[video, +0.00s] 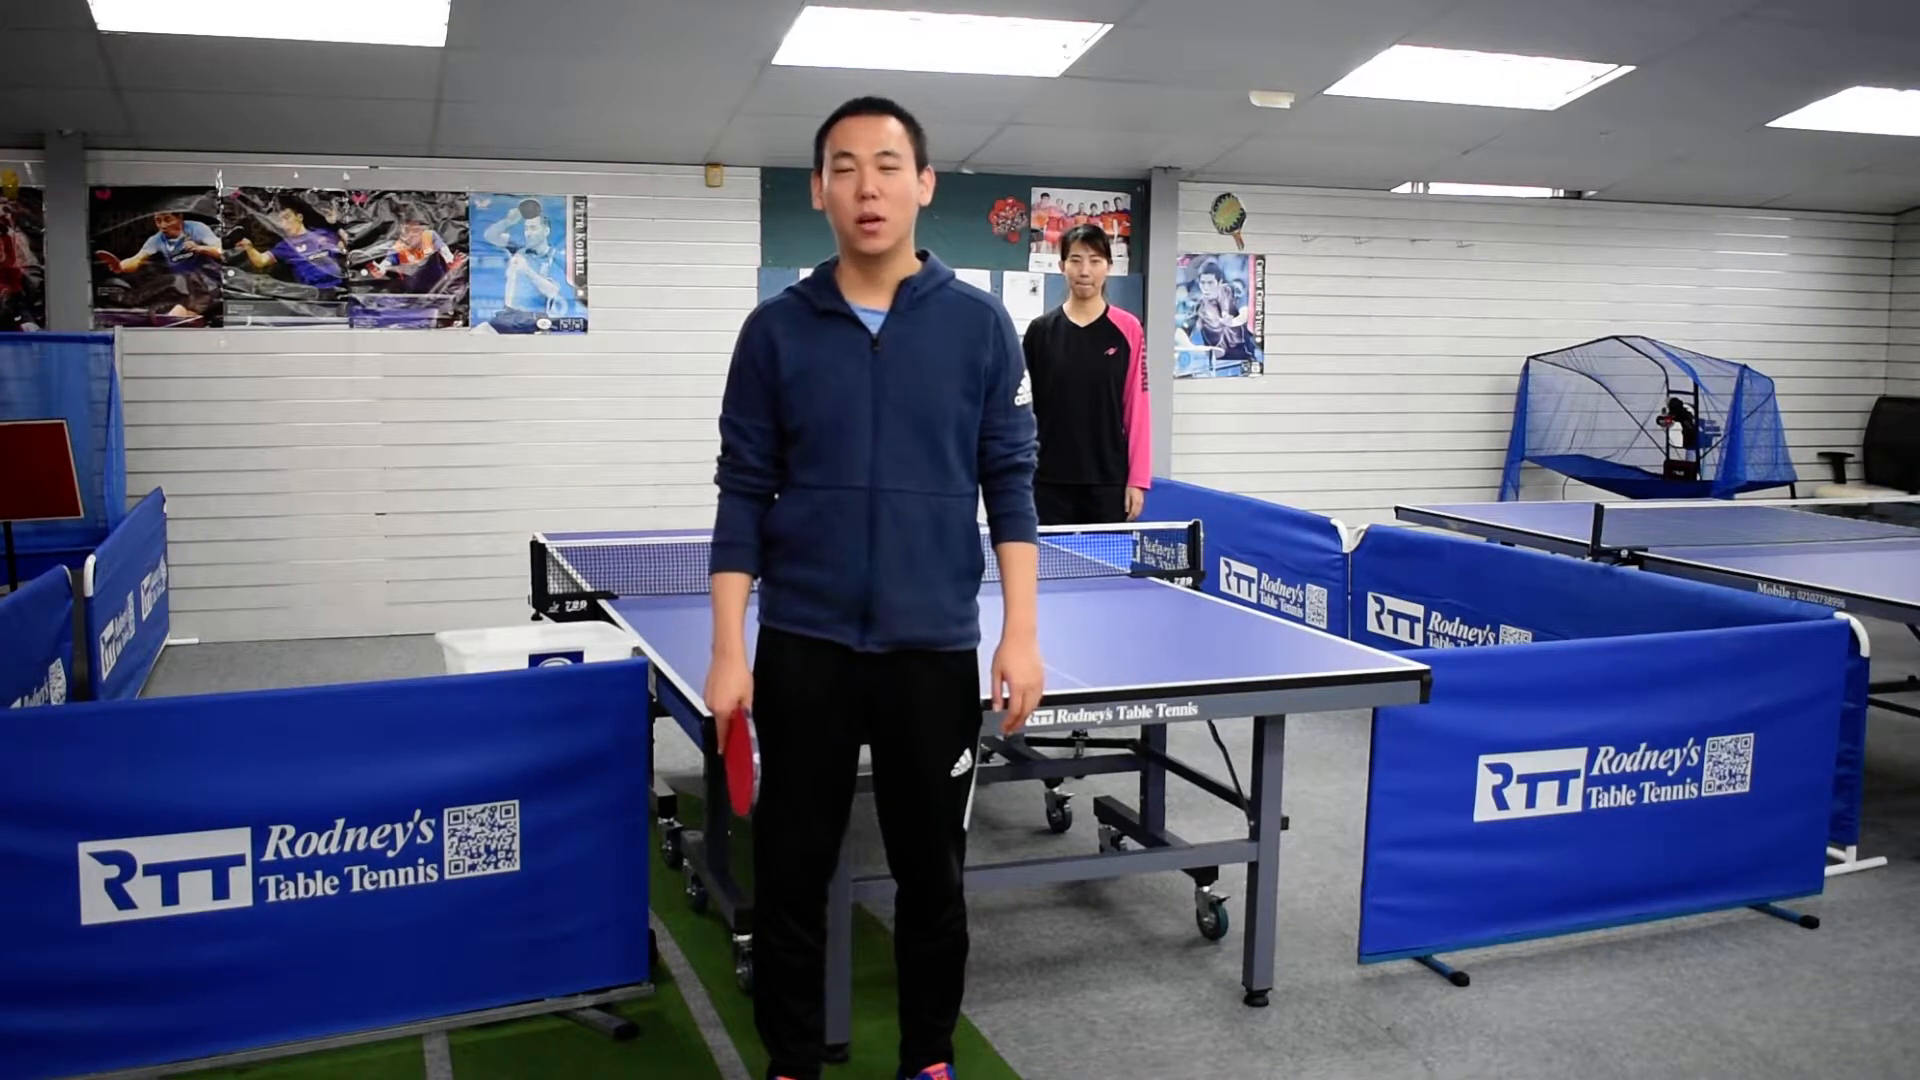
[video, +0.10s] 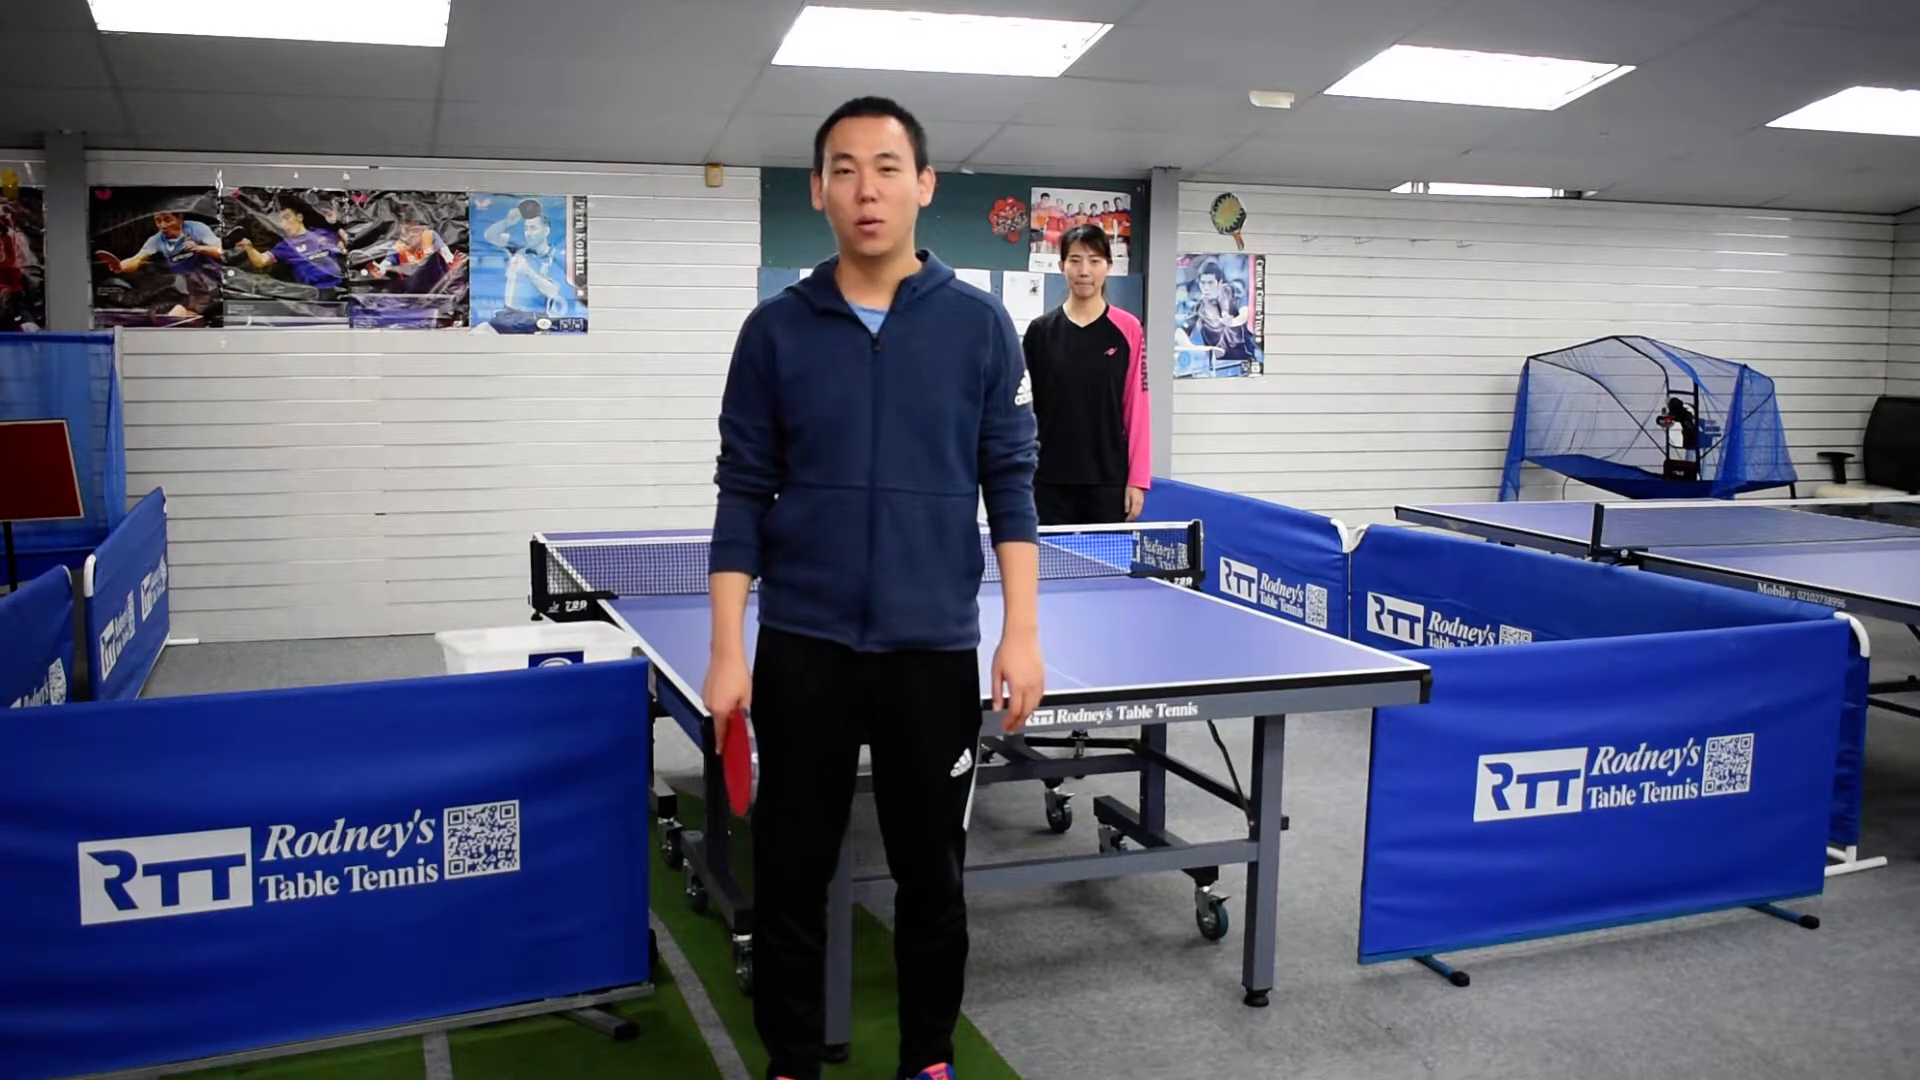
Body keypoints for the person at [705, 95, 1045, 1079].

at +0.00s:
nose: (866, 187)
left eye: (888, 167)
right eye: (845, 169)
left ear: (923, 188)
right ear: (820, 193)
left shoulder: (979, 326)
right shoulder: (776, 330)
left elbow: (1012, 484)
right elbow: (741, 491)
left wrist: (1021, 633)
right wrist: (728, 649)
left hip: (932, 645)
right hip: (805, 644)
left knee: (931, 874)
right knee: (789, 876)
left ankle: (930, 1061)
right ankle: (791, 1062)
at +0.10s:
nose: (865, 187)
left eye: (887, 167)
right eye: (844, 169)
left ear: (923, 189)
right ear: (820, 195)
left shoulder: (979, 326)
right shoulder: (776, 330)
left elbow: (1012, 484)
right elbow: (740, 491)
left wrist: (1022, 631)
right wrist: (727, 649)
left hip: (932, 646)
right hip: (804, 644)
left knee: (930, 874)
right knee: (789, 877)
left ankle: (930, 1061)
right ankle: (791, 1062)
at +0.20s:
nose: (865, 187)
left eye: (887, 167)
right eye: (844, 169)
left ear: (923, 189)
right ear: (820, 194)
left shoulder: (979, 326)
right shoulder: (776, 330)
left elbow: (1011, 485)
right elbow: (740, 491)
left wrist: (1022, 632)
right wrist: (726, 649)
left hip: (932, 646)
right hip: (804, 645)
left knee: (930, 875)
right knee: (789, 877)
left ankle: (930, 1061)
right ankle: (791, 1062)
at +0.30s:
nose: (865, 187)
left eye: (887, 167)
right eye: (844, 169)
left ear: (924, 189)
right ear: (820, 194)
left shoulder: (979, 326)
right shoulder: (775, 330)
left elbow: (1011, 485)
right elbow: (740, 491)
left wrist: (1020, 633)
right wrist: (727, 649)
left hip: (932, 646)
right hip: (804, 645)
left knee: (930, 875)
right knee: (788, 877)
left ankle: (929, 1061)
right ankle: (791, 1062)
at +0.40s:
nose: (866, 186)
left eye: (888, 166)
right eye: (845, 168)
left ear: (924, 189)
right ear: (820, 193)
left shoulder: (979, 326)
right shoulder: (776, 330)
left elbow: (1011, 485)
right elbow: (740, 490)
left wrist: (1020, 633)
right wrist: (727, 649)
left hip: (932, 646)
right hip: (804, 644)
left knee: (930, 875)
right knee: (789, 876)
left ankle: (929, 1061)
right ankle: (791, 1062)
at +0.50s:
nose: (866, 185)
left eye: (888, 165)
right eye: (844, 166)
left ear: (924, 188)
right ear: (820, 192)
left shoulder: (979, 327)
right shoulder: (776, 330)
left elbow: (1011, 485)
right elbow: (740, 490)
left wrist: (1020, 633)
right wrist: (727, 649)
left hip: (932, 645)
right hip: (804, 644)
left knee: (930, 874)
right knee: (789, 875)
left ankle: (929, 1060)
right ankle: (791, 1062)